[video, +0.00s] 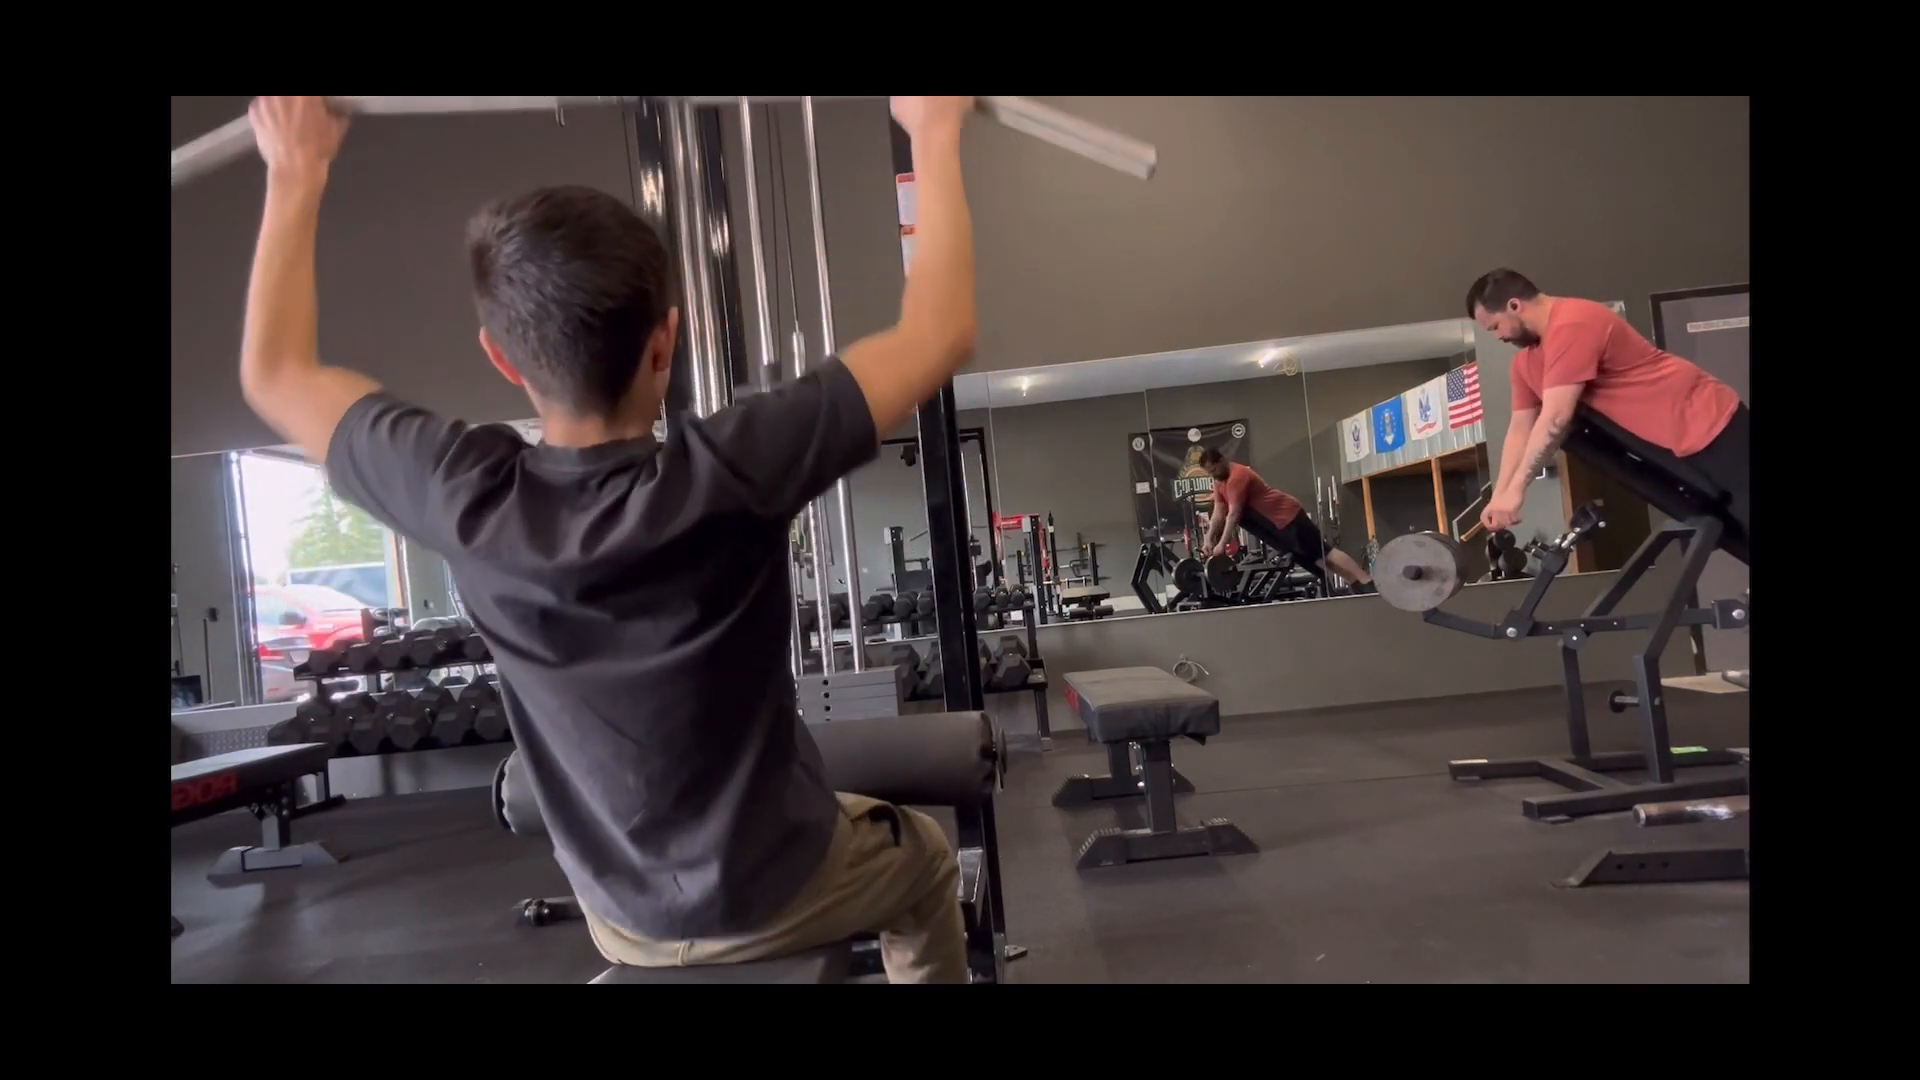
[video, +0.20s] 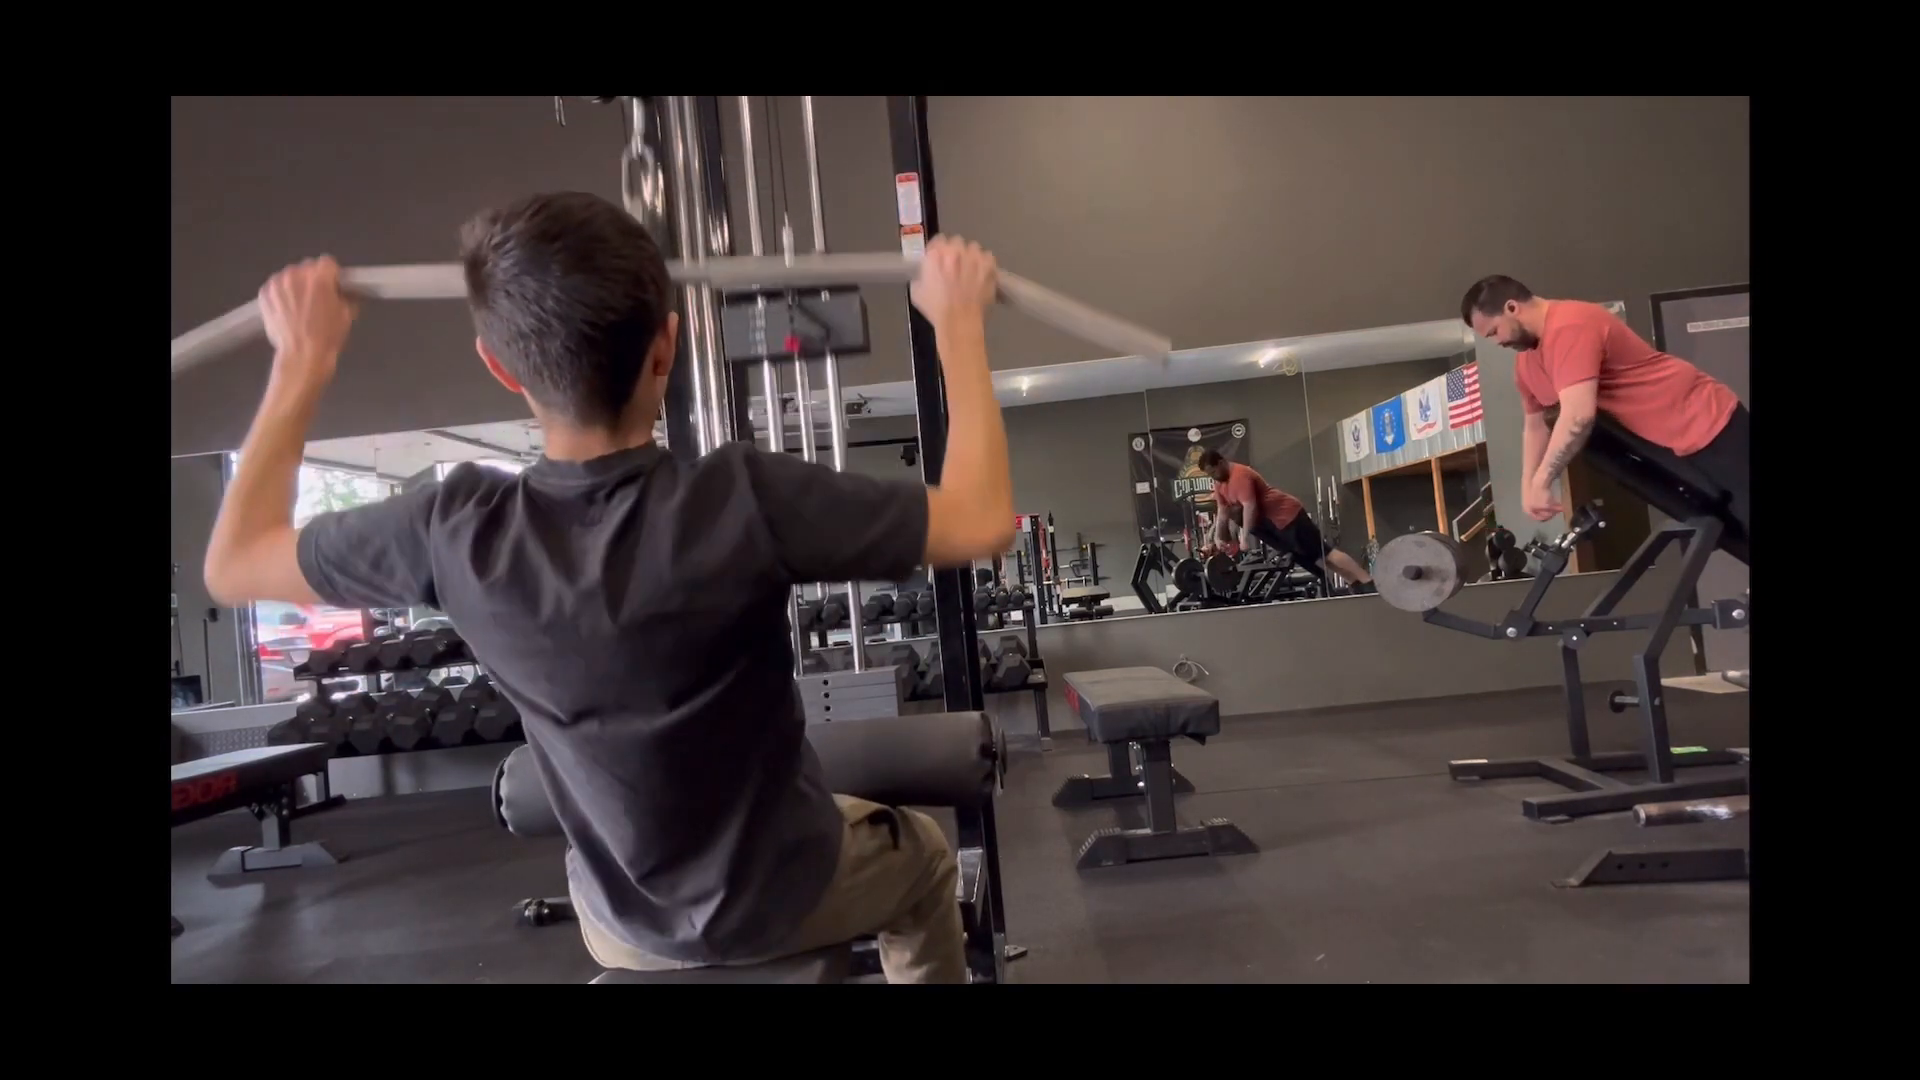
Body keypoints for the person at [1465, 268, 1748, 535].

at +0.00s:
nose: (1498, 337)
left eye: (1495, 327)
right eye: (1491, 332)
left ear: (1515, 306)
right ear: (1514, 309)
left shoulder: (1573, 322)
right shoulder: (1526, 362)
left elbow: (1556, 420)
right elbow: (1519, 428)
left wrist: (1515, 489)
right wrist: (1501, 492)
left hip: (1711, 422)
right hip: (1676, 449)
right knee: (1734, 534)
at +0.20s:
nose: (1496, 343)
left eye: (1493, 332)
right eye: (1489, 337)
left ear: (1513, 307)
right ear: (1511, 310)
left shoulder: (1570, 324)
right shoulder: (1526, 364)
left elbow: (1579, 417)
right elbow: (1535, 424)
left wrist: (1542, 480)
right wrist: (1530, 484)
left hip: (1709, 421)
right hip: (1672, 448)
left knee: (1745, 520)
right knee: (1732, 534)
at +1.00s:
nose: (1486, 364)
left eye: (1480, 354)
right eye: (1478, 358)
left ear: (1495, 332)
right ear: (1495, 336)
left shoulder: (1552, 335)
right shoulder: (1531, 377)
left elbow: (1582, 422)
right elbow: (1567, 439)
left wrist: (1584, 493)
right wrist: (1577, 498)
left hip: (1707, 420)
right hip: (1676, 446)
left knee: (1745, 520)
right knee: (1730, 530)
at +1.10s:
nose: (1487, 363)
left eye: (1480, 354)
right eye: (1479, 358)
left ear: (1496, 332)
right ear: (1497, 334)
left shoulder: (1548, 338)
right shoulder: (1530, 366)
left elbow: (1580, 427)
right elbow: (1562, 438)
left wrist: (1587, 498)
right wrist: (1572, 506)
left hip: (1708, 422)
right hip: (1680, 442)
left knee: (1744, 523)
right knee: (1731, 530)